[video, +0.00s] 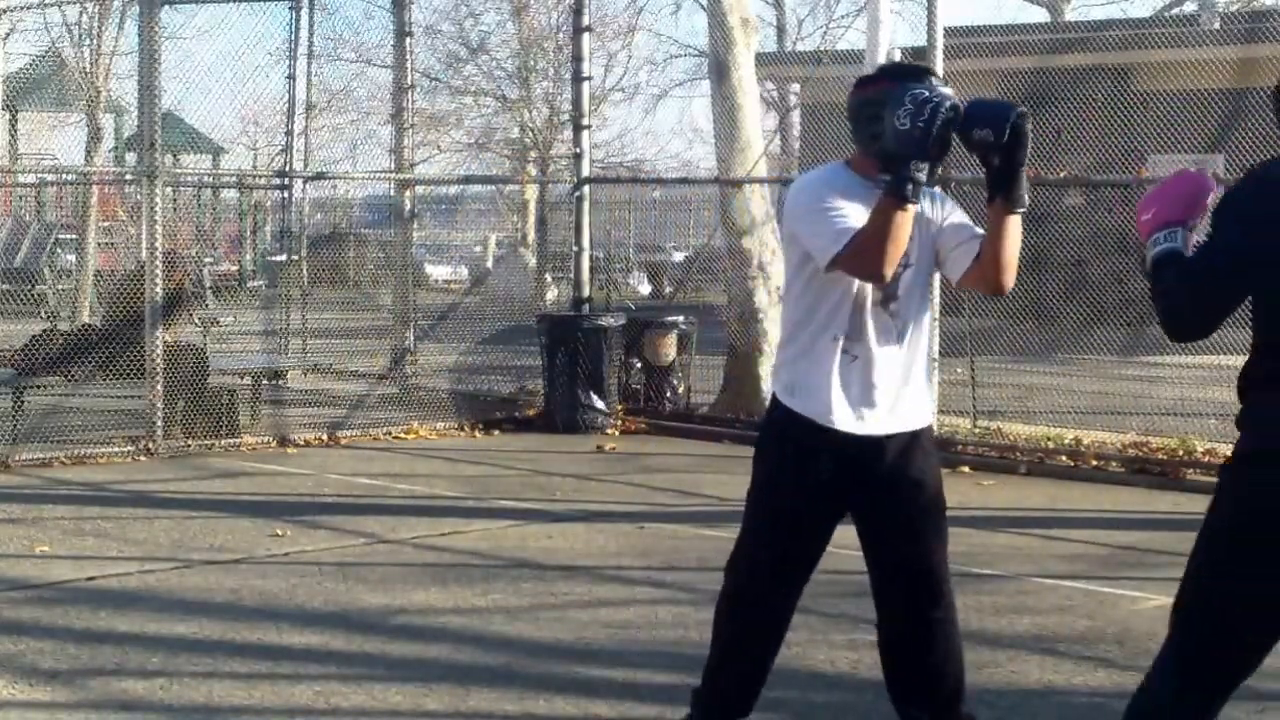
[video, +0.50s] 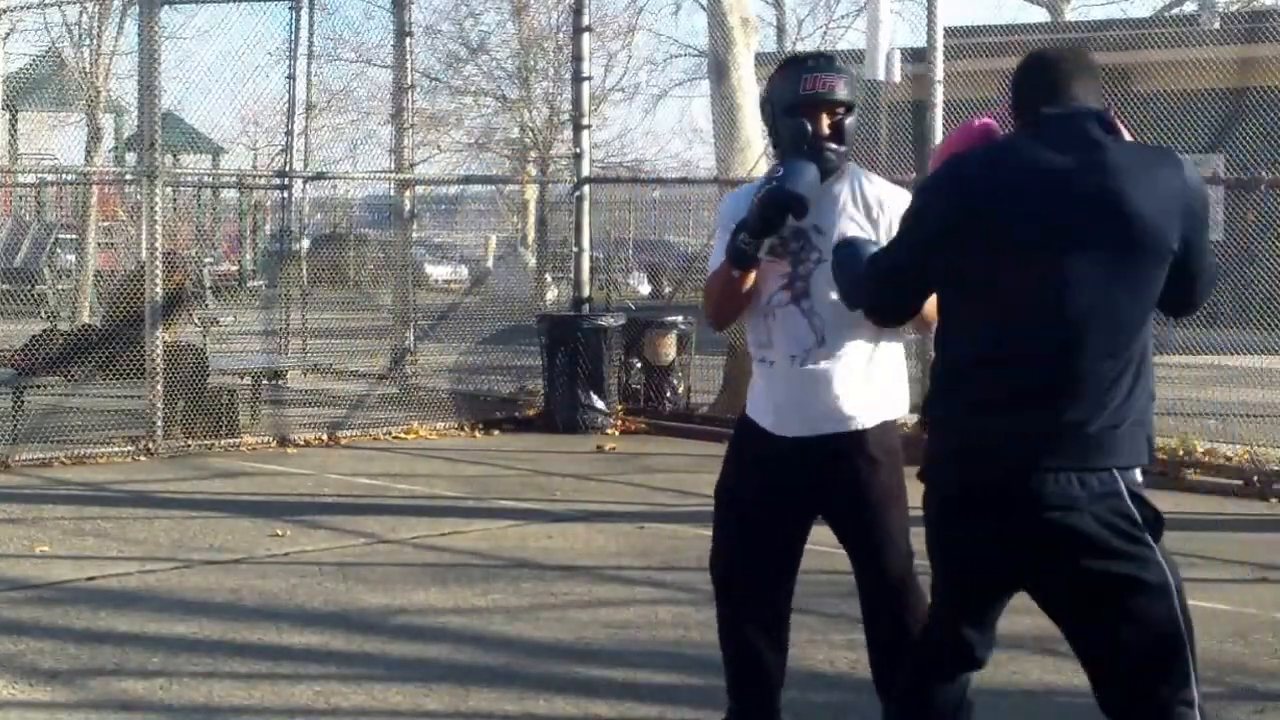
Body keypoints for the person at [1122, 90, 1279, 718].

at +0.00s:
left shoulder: (1266, 192)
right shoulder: (1262, 192)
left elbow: (1186, 315)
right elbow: (1189, 314)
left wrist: (1165, 234)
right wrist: (1180, 237)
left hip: (1268, 473)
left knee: (1192, 673)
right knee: (1193, 672)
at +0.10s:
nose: (1193, 143)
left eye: (1192, 131)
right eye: (1194, 133)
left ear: (1205, 131)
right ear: (1269, 116)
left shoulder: (1196, 185)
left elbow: (1100, 310)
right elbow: (1103, 309)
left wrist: (1103, 207)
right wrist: (1117, 207)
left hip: (1223, 460)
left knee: (1137, 670)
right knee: (1137, 667)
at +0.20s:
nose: (1116, 150)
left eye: (1114, 140)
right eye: (1118, 142)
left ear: (1124, 134)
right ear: (1194, 113)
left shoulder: (1117, 181)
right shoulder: (1269, 169)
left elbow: (1035, 299)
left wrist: (1060, 189)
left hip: (1148, 470)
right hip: (1264, 464)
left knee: (1111, 672)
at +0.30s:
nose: (1077, 140)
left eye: (1075, 130)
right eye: (1079, 133)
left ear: (1087, 124)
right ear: (1163, 102)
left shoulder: (1078, 174)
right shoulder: (1263, 166)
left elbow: (997, 295)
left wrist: (1004, 188)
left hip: (1108, 466)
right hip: (1235, 465)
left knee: (1091, 667)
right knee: (1273, 673)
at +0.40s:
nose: (1055, 130)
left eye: (1053, 119)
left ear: (1062, 115)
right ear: (1145, 96)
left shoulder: (1040, 172)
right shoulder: (1237, 174)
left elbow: (955, 309)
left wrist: (948, 229)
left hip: (1041, 484)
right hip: (1168, 493)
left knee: (1033, 673)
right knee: (1181, 701)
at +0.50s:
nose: (1006, 122)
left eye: (1007, 113)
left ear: (1014, 114)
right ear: (1103, 111)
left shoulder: (964, 179)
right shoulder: (1165, 177)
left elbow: (887, 296)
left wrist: (849, 250)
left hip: (969, 479)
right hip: (1092, 490)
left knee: (947, 656)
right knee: (1161, 696)